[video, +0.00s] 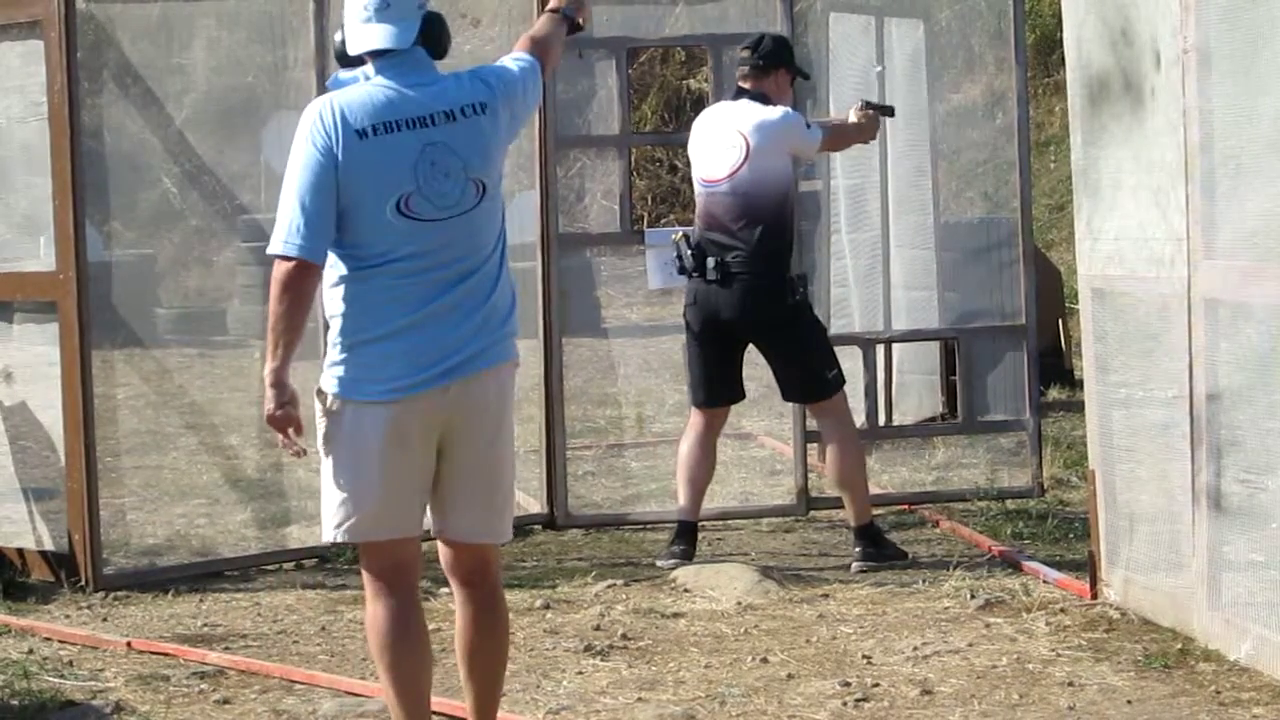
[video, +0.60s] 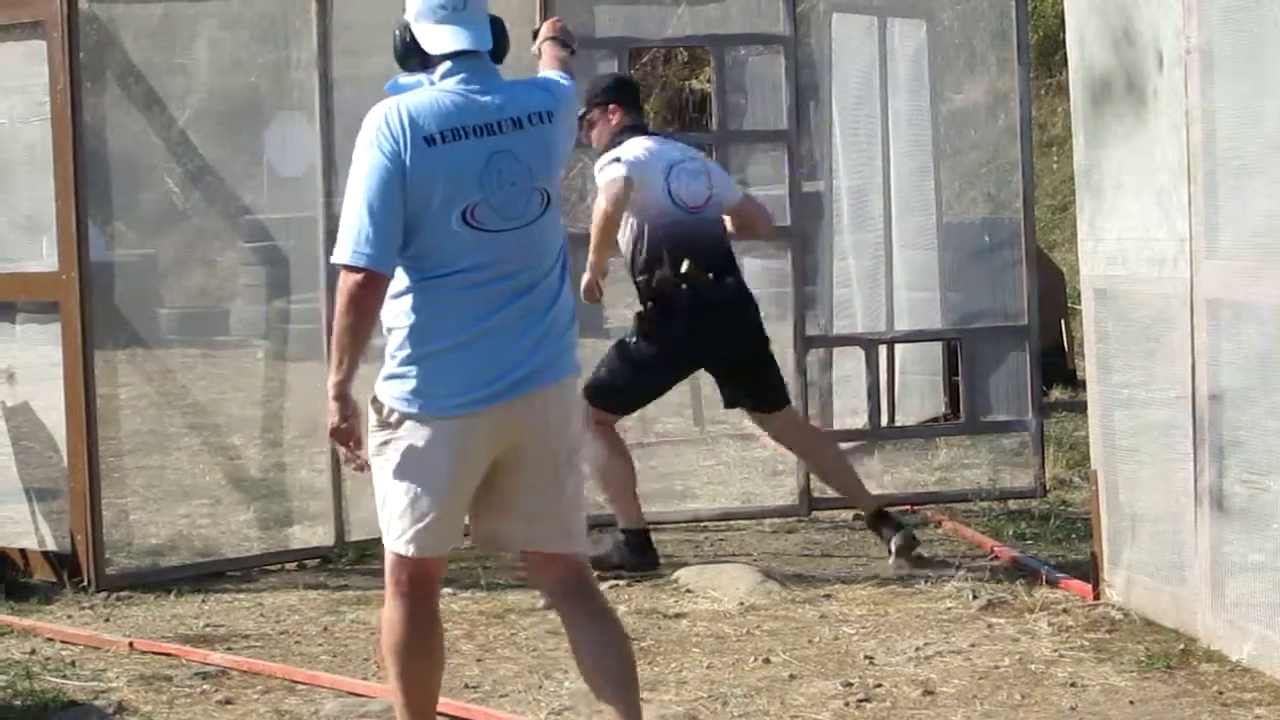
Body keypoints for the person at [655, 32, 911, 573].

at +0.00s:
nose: (792, 90)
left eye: (792, 83)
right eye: (791, 81)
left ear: (742, 75)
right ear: (777, 77)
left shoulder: (702, 121)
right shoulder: (782, 123)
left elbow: (795, 137)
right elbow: (842, 137)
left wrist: (844, 126)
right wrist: (865, 122)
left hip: (705, 297)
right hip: (768, 296)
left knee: (703, 419)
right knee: (834, 418)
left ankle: (682, 539)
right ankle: (867, 538)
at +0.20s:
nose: (791, 93)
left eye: (788, 86)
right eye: (791, 86)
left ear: (738, 85)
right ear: (783, 84)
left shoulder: (705, 134)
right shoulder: (786, 130)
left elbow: (762, 181)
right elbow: (847, 185)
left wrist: (827, 147)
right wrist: (854, 146)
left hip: (711, 298)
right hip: (777, 296)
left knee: (703, 420)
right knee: (837, 413)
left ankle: (679, 540)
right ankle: (883, 533)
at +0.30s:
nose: (732, 115)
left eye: (733, 109)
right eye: (740, 109)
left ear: (741, 109)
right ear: (785, 108)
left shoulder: (710, 163)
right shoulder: (806, 151)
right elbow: (866, 222)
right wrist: (850, 180)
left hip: (724, 309)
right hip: (793, 308)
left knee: (690, 413)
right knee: (846, 420)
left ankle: (681, 535)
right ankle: (895, 538)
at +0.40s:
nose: (707, 140)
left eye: (709, 131)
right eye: (707, 132)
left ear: (726, 128)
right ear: (759, 129)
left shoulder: (703, 178)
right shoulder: (804, 173)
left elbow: (668, 265)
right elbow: (863, 246)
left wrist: (682, 297)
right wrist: (829, 212)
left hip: (727, 327)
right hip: (798, 327)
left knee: (663, 406)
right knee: (847, 427)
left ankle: (677, 532)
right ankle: (894, 537)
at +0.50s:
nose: (655, 147)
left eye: (658, 135)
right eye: (654, 137)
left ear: (680, 127)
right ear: (703, 129)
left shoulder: (673, 172)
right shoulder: (761, 173)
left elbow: (647, 217)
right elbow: (823, 241)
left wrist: (618, 280)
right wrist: (776, 233)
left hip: (711, 329)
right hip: (778, 329)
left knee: (620, 400)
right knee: (831, 430)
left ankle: (646, 529)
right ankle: (894, 536)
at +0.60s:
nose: (588, 138)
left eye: (590, 126)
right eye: (585, 129)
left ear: (615, 114)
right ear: (636, 117)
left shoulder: (617, 155)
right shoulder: (696, 158)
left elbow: (613, 197)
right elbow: (755, 222)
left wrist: (594, 266)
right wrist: (702, 226)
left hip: (674, 319)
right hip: (735, 315)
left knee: (592, 414)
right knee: (786, 423)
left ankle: (633, 542)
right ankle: (885, 522)